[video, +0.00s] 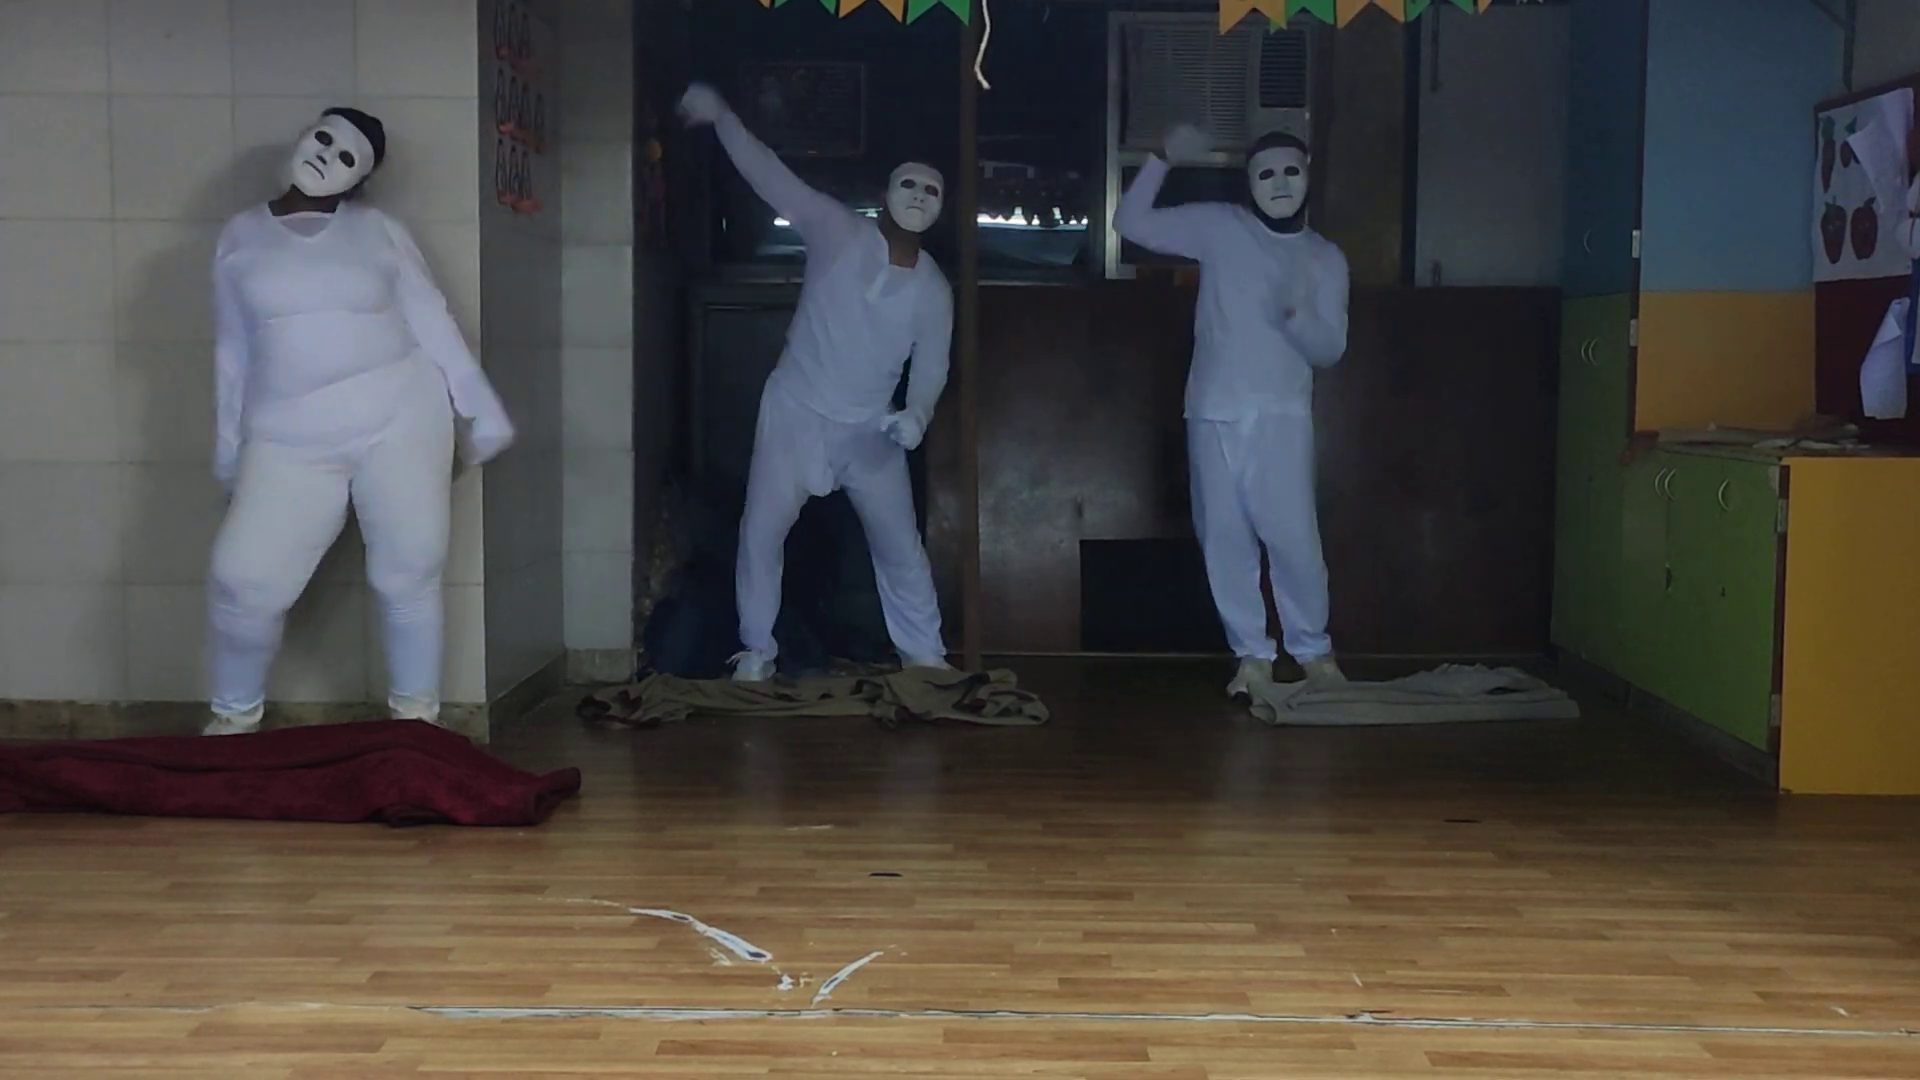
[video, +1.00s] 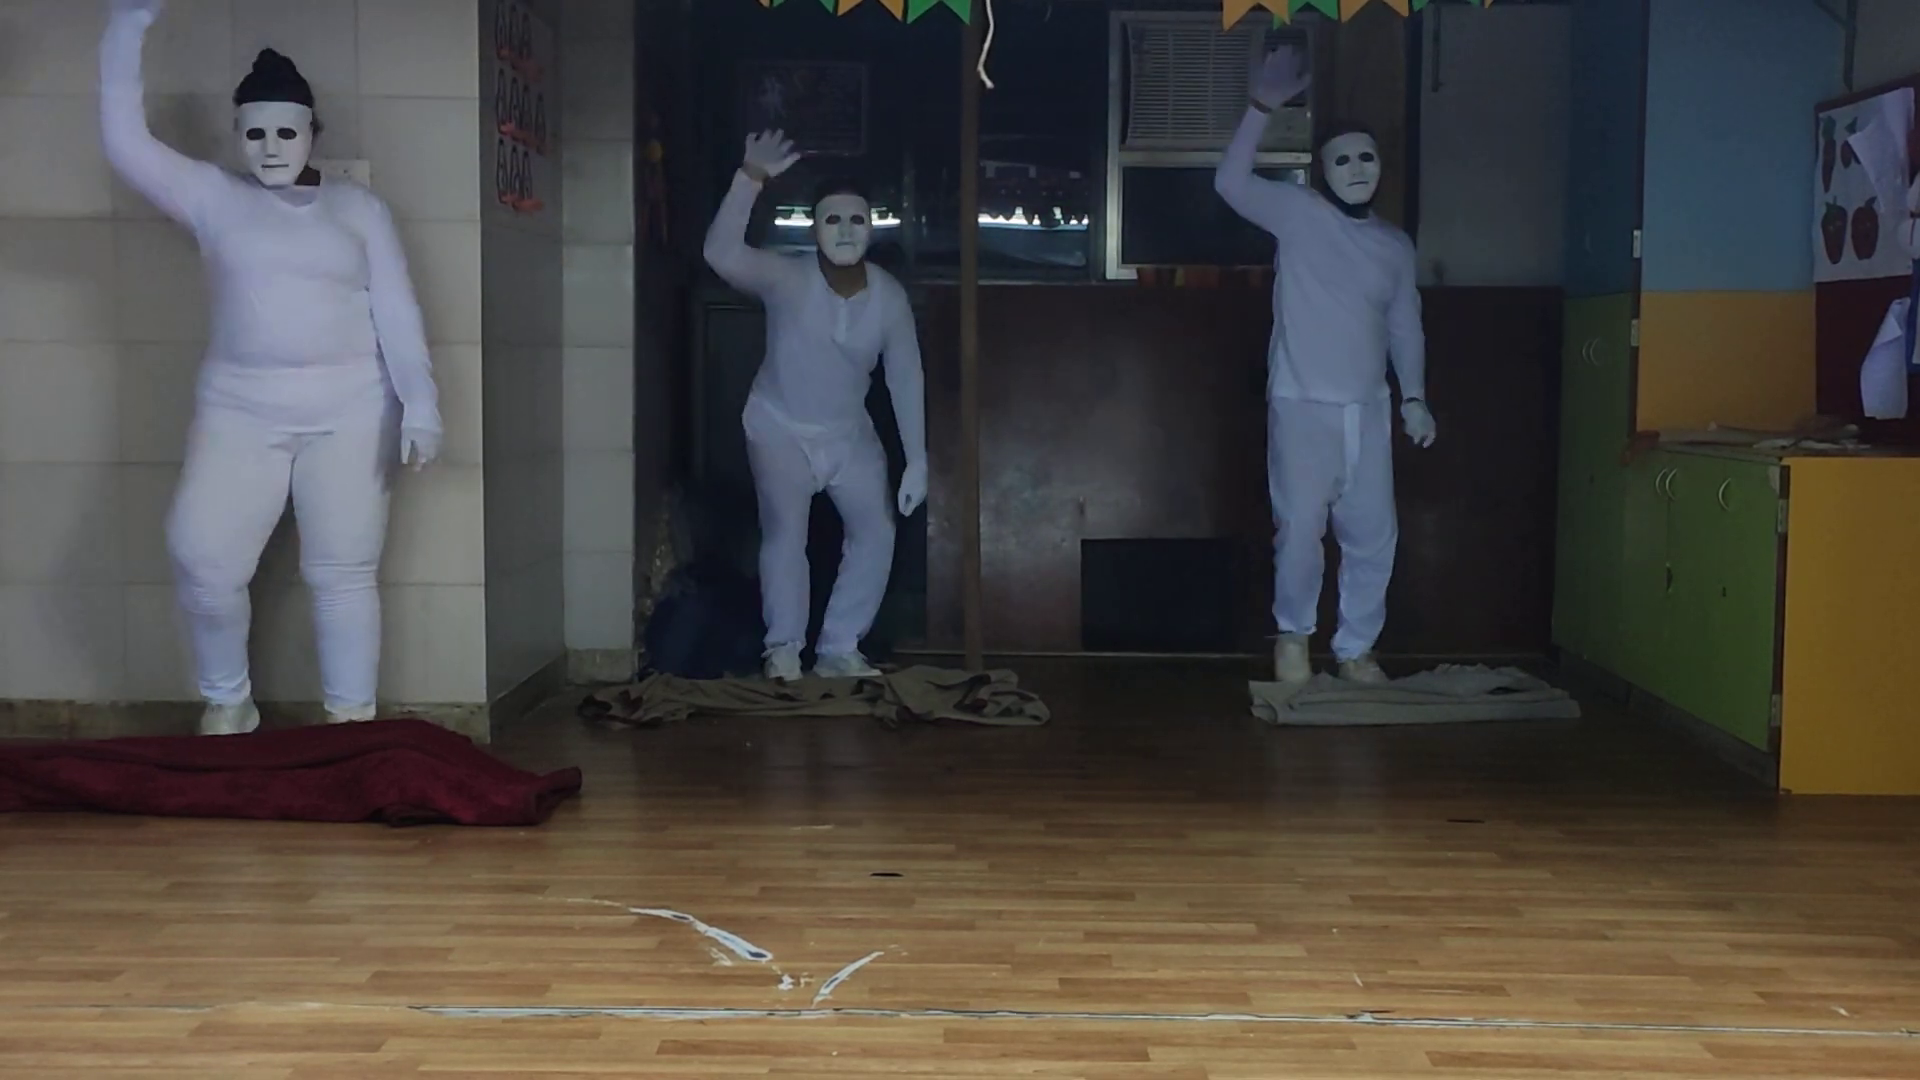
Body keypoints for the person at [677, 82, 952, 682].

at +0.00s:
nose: (919, 199)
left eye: (931, 193)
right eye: (909, 187)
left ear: (939, 209)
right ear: (885, 194)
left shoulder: (932, 290)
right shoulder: (836, 231)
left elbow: (932, 364)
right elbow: (771, 176)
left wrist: (916, 412)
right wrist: (722, 118)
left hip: (871, 428)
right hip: (797, 413)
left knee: (900, 546)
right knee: (761, 532)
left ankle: (926, 661)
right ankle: (756, 654)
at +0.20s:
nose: (842, 156)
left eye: (854, 147)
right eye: (830, 146)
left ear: (869, 162)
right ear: (811, 158)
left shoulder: (885, 241)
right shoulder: (776, 210)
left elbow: (899, 320)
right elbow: (700, 170)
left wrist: (912, 385)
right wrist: (680, 106)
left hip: (851, 403)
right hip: (776, 400)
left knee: (882, 517)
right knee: (759, 528)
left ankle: (883, 645)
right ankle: (759, 652)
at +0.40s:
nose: (816, 149)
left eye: (829, 141)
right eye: (805, 140)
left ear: (847, 154)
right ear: (788, 152)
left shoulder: (874, 232)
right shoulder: (769, 207)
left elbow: (895, 309)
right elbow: (722, 132)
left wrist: (914, 371)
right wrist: (671, 50)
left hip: (849, 399)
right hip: (774, 397)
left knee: (869, 527)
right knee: (763, 527)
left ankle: (842, 645)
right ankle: (758, 650)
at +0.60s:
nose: (842, 164)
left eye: (851, 155)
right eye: (829, 155)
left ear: (866, 168)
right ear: (809, 168)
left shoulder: (889, 244)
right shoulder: (783, 222)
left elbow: (908, 323)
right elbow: (719, 162)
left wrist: (911, 390)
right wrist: (723, 79)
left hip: (857, 413)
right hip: (784, 408)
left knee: (855, 540)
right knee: (769, 530)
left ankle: (836, 651)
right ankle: (759, 650)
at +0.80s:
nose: (849, 181)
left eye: (859, 172)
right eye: (837, 171)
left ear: (873, 183)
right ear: (819, 180)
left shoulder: (894, 256)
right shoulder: (790, 231)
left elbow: (908, 344)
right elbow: (725, 185)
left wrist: (912, 422)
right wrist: (742, 101)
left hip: (856, 410)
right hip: (787, 406)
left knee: (857, 533)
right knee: (783, 524)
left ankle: (838, 646)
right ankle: (781, 643)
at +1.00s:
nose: (845, 230)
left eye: (856, 220)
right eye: (833, 220)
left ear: (870, 229)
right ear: (814, 229)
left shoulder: (887, 298)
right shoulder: (785, 277)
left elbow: (905, 380)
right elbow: (721, 252)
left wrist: (916, 460)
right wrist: (750, 179)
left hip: (849, 431)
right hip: (780, 428)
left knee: (875, 532)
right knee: (785, 536)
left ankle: (839, 649)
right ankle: (784, 647)